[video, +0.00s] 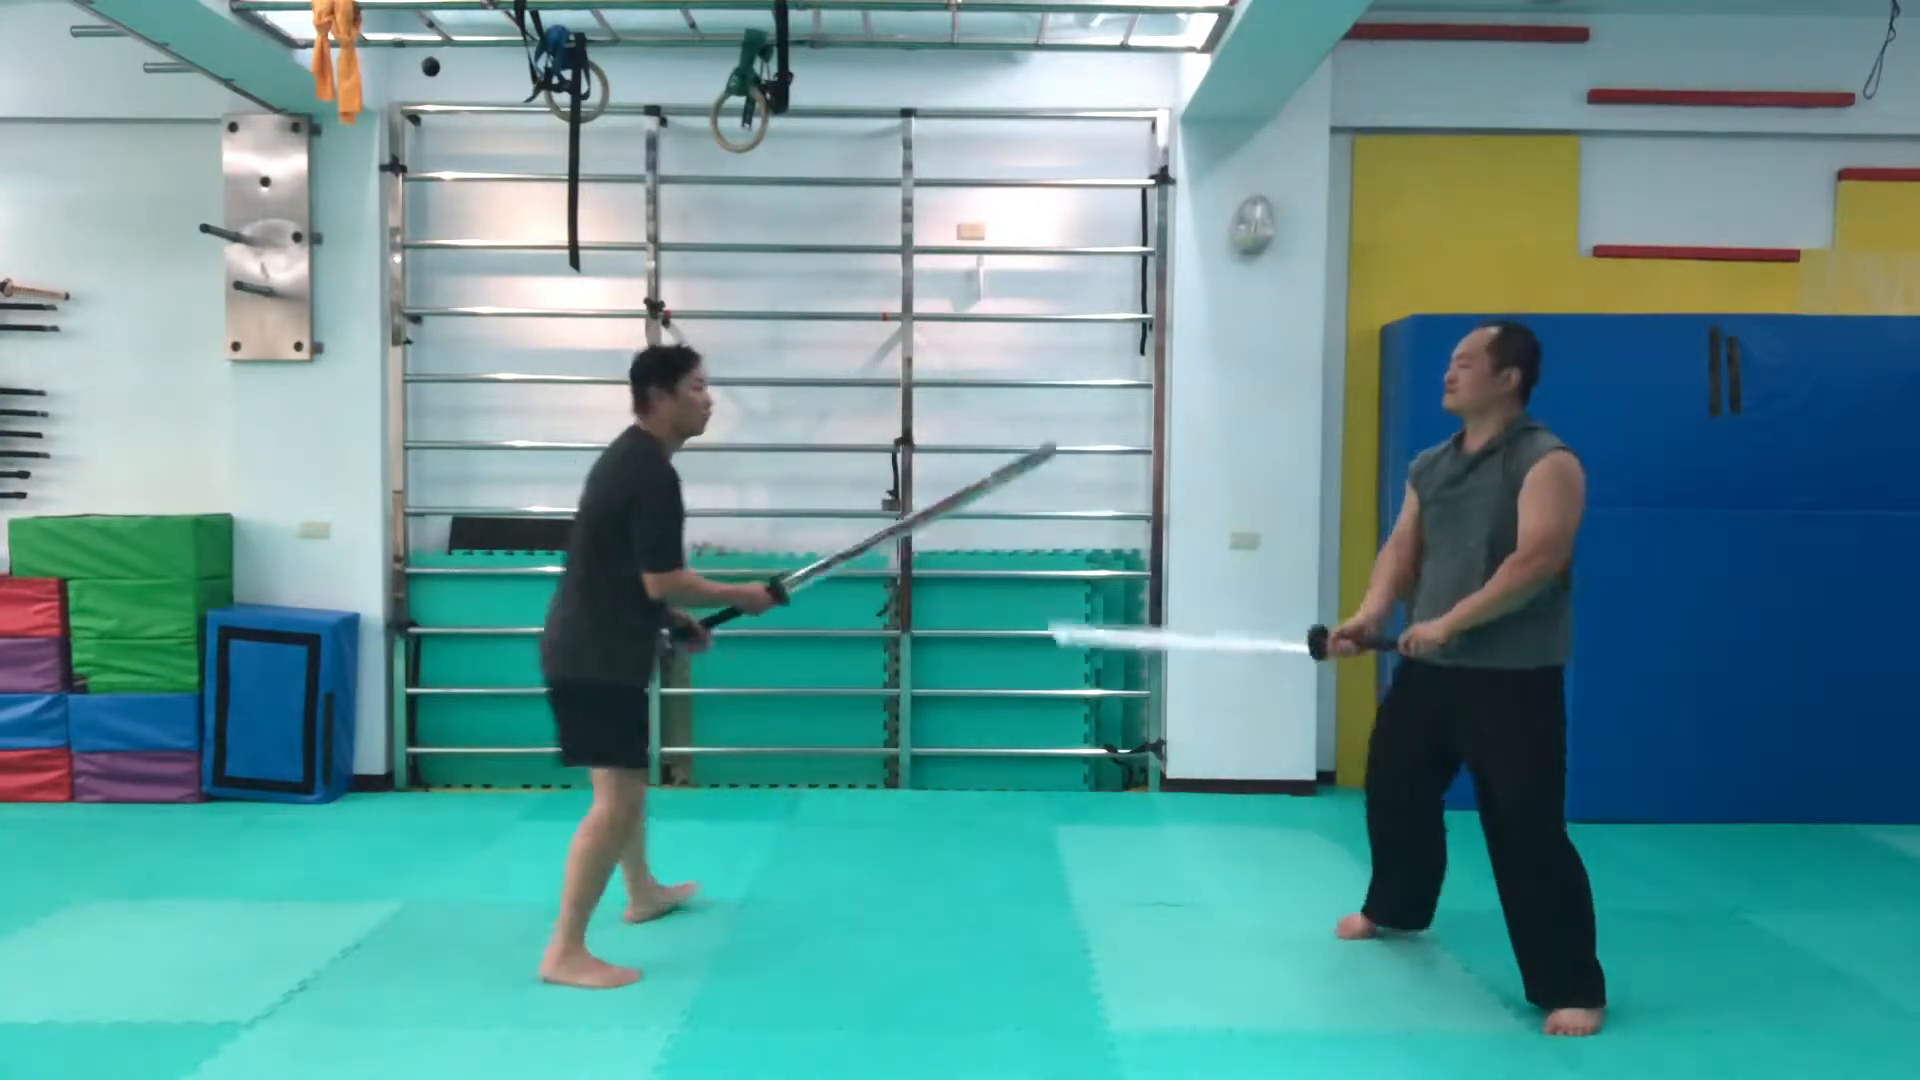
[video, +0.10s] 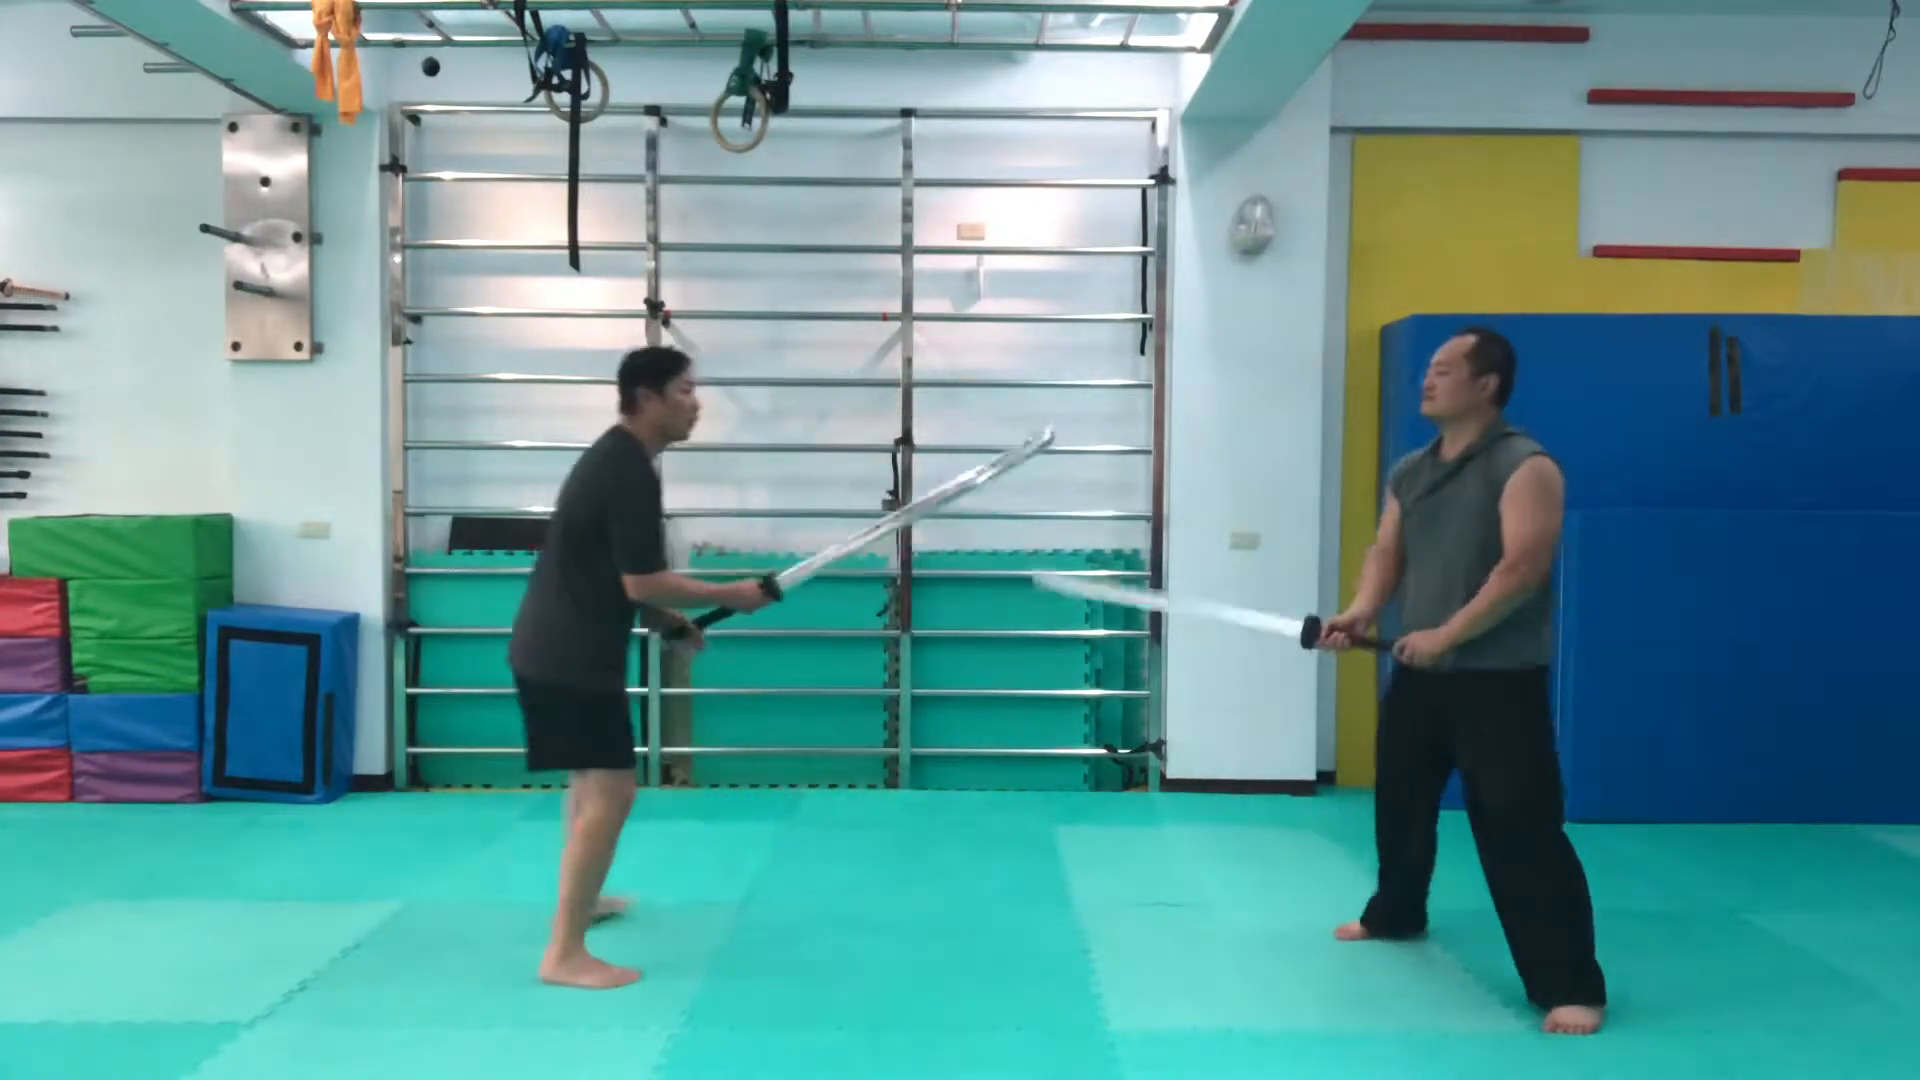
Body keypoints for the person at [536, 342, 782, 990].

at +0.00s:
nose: (710, 400)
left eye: (706, 388)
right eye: (697, 389)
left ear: (655, 399)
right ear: (659, 398)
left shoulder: (624, 458)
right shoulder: (652, 471)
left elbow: (609, 570)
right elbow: (664, 579)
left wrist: (671, 616)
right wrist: (742, 594)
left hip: (591, 650)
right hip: (600, 658)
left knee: (627, 781)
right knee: (614, 800)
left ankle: (642, 891)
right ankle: (564, 953)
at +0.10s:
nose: (696, 403)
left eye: (693, 390)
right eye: (684, 392)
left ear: (642, 401)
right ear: (645, 400)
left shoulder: (611, 457)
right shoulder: (629, 467)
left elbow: (608, 578)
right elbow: (643, 581)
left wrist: (667, 620)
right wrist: (731, 593)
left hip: (555, 648)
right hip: (574, 658)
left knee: (590, 779)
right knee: (612, 792)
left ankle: (578, 898)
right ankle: (564, 954)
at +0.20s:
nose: (673, 403)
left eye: (671, 390)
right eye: (663, 391)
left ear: (622, 401)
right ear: (622, 399)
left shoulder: (585, 457)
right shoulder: (607, 469)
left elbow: (601, 567)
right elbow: (621, 579)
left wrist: (659, 609)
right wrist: (714, 587)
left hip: (522, 652)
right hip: (559, 663)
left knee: (549, 773)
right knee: (599, 794)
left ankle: (485, 893)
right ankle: (564, 956)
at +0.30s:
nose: (648, 402)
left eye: (646, 389)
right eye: (636, 390)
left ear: (592, 399)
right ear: (597, 397)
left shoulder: (557, 458)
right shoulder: (584, 472)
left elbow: (563, 569)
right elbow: (602, 582)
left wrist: (635, 599)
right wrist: (698, 583)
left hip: (502, 658)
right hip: (547, 668)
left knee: (516, 772)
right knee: (596, 792)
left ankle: (406, 887)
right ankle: (564, 956)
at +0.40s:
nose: (621, 408)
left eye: (618, 395)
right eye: (609, 396)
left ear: (565, 406)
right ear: (570, 405)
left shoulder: (530, 467)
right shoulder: (562, 480)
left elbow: (546, 577)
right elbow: (577, 588)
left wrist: (623, 603)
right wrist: (670, 586)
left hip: (485, 666)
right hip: (530, 674)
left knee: (461, 787)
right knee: (587, 795)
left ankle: (356, 906)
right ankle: (563, 956)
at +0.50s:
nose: (595, 411)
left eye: (593, 399)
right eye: (582, 400)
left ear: (537, 412)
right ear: (541, 409)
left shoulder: (504, 471)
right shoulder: (538, 485)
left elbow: (511, 572)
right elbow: (550, 593)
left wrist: (591, 608)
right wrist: (645, 592)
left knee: (439, 795)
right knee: (573, 791)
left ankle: (344, 923)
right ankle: (562, 956)